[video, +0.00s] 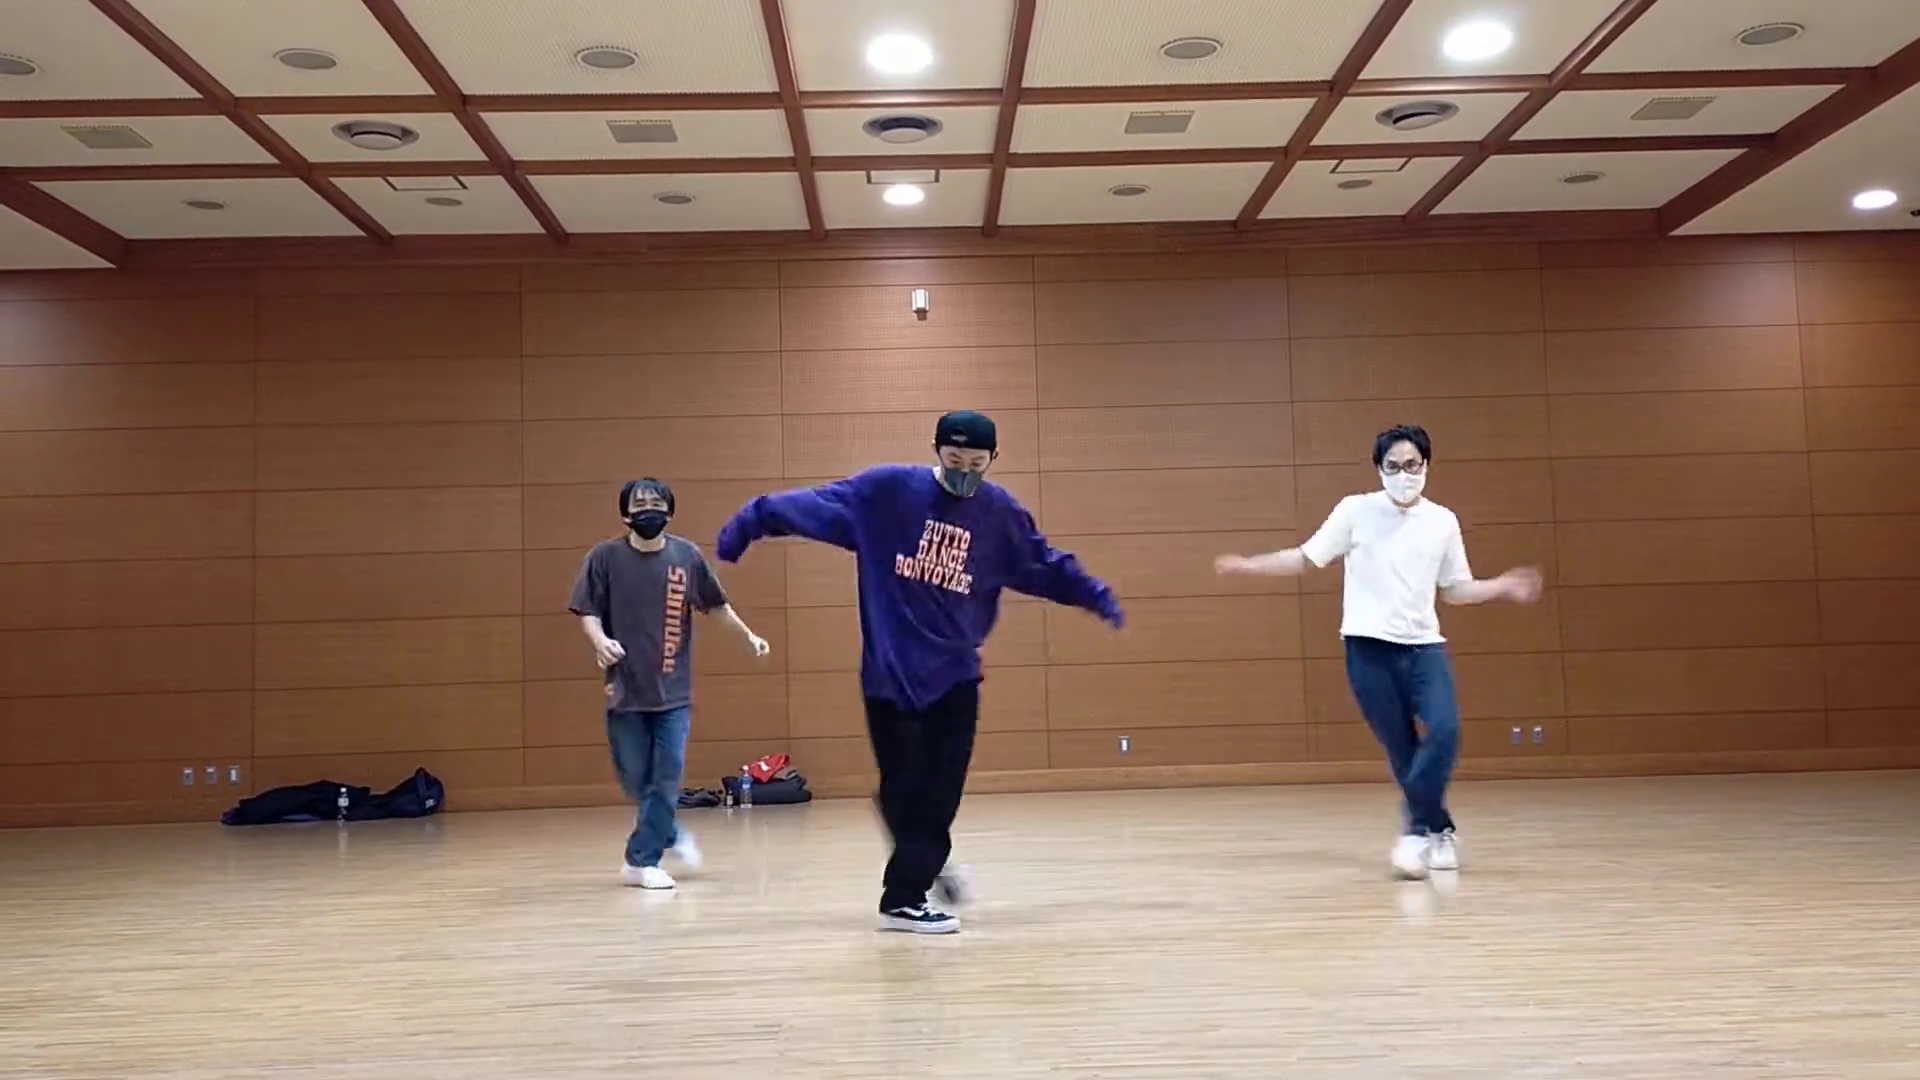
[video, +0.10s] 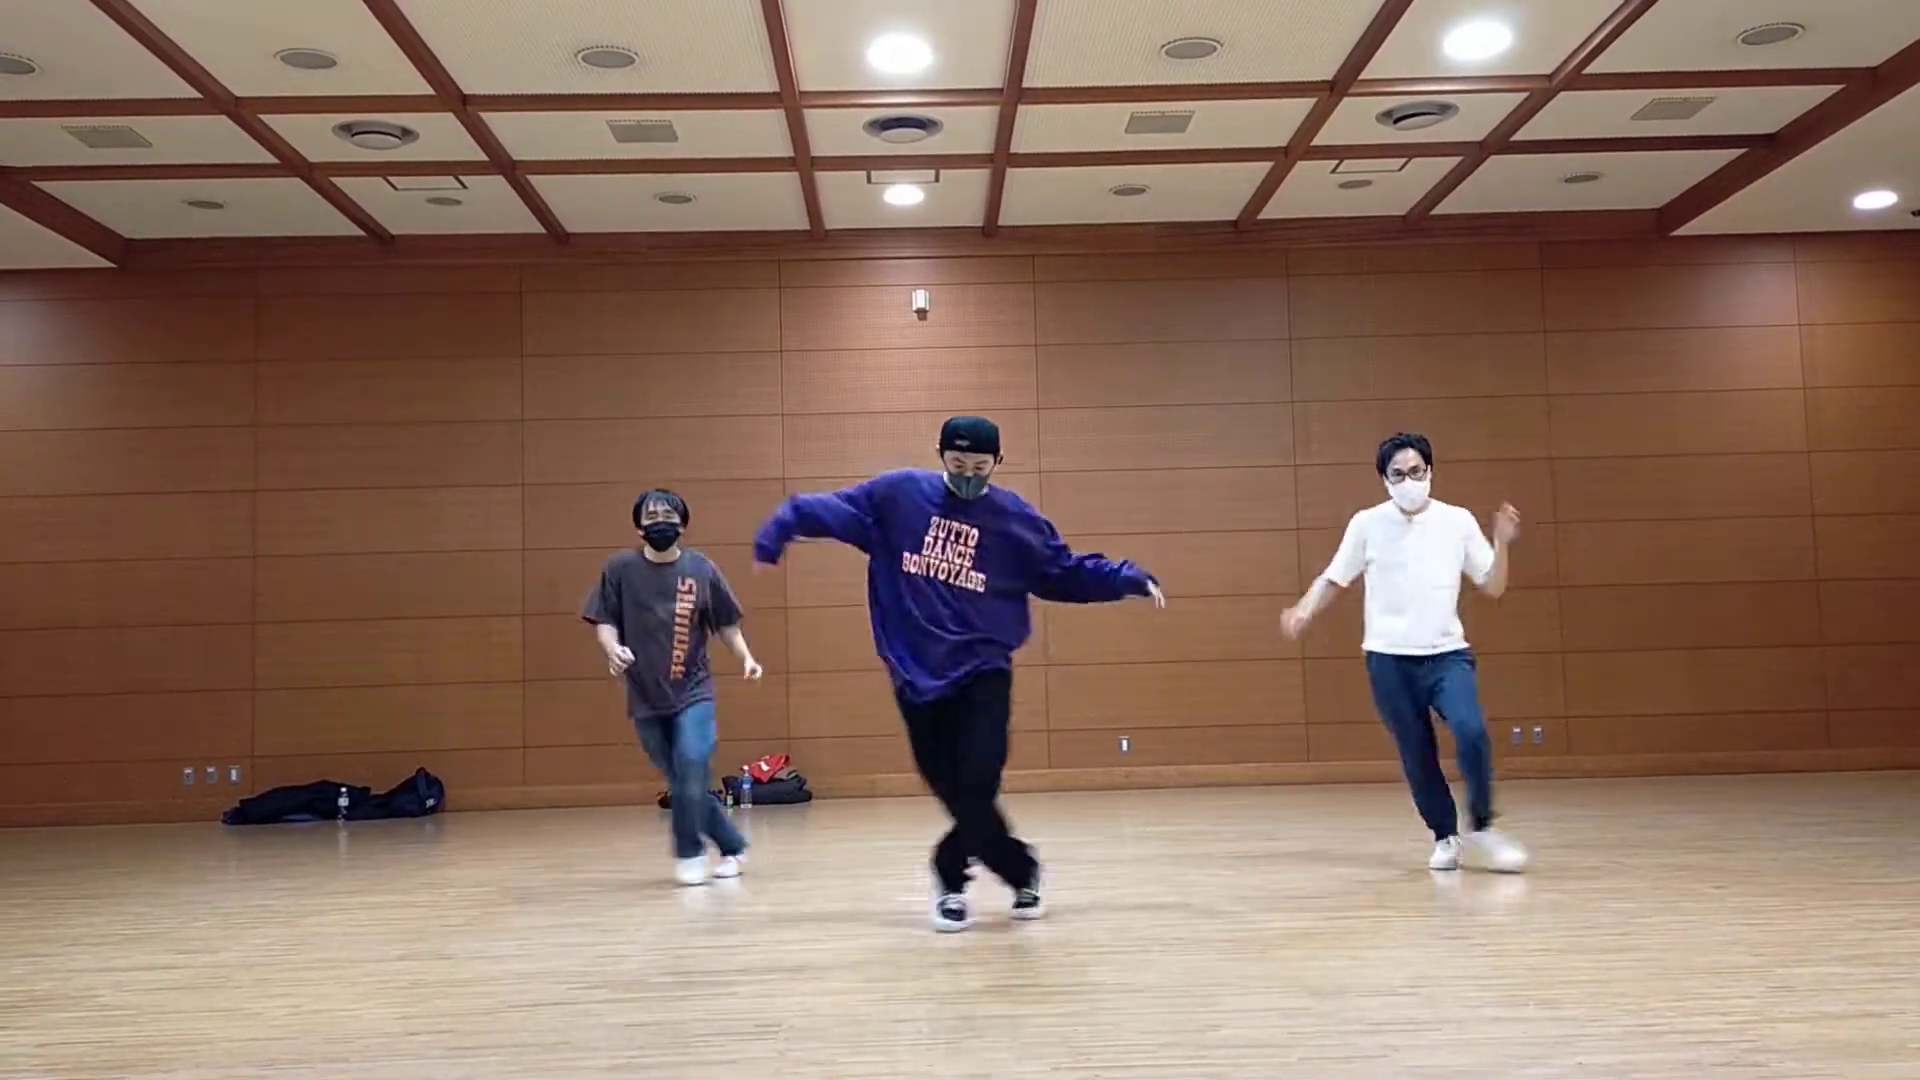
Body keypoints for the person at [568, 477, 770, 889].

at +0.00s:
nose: (649, 515)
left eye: (656, 508)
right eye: (641, 509)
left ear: (668, 512)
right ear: (627, 515)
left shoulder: (687, 555)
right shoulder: (604, 557)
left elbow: (715, 604)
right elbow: (586, 611)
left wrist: (748, 635)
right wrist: (600, 640)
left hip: (672, 691)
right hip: (625, 690)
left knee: (668, 776)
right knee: (633, 778)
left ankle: (641, 860)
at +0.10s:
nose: (659, 523)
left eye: (667, 516)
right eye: (651, 517)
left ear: (681, 523)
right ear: (639, 526)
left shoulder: (700, 569)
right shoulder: (620, 569)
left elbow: (725, 621)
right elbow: (603, 619)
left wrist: (746, 655)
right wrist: (612, 647)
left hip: (692, 691)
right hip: (646, 696)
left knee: (691, 764)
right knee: (681, 780)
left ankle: (689, 854)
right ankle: (733, 847)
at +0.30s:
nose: (677, 522)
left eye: (685, 516)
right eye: (669, 517)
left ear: (700, 526)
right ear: (657, 527)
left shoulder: (717, 573)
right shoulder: (636, 572)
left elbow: (730, 634)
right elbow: (620, 631)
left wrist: (715, 677)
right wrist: (618, 683)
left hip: (706, 699)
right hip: (659, 701)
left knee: (718, 774)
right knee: (657, 783)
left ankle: (749, 858)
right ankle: (713, 838)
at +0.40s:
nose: (676, 516)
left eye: (684, 510)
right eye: (668, 510)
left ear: (697, 519)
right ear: (656, 520)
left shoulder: (715, 565)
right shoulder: (633, 564)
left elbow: (727, 623)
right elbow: (611, 616)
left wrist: (711, 656)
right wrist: (601, 667)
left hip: (702, 693)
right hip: (650, 692)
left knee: (725, 772)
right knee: (629, 772)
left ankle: (750, 859)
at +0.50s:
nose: (669, 519)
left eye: (676, 512)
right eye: (660, 513)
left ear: (689, 518)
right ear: (648, 520)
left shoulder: (708, 564)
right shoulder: (624, 562)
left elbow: (726, 616)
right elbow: (596, 606)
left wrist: (717, 646)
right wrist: (578, 648)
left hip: (691, 693)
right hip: (636, 690)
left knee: (716, 773)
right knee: (601, 774)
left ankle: (744, 857)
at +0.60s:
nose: (655, 524)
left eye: (663, 517)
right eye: (647, 518)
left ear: (678, 524)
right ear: (635, 526)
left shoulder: (696, 570)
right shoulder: (612, 564)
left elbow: (719, 619)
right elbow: (578, 605)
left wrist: (715, 640)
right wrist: (550, 647)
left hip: (667, 696)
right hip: (613, 692)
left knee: (690, 769)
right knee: (579, 778)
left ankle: (722, 854)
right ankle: (557, 861)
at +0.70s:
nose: (643, 532)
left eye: (652, 525)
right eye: (637, 525)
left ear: (667, 531)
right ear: (626, 530)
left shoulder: (683, 576)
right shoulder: (603, 571)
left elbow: (703, 632)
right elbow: (563, 612)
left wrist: (689, 621)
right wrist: (527, 652)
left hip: (654, 704)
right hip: (601, 700)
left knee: (662, 781)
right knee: (572, 785)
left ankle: (676, 854)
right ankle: (557, 864)